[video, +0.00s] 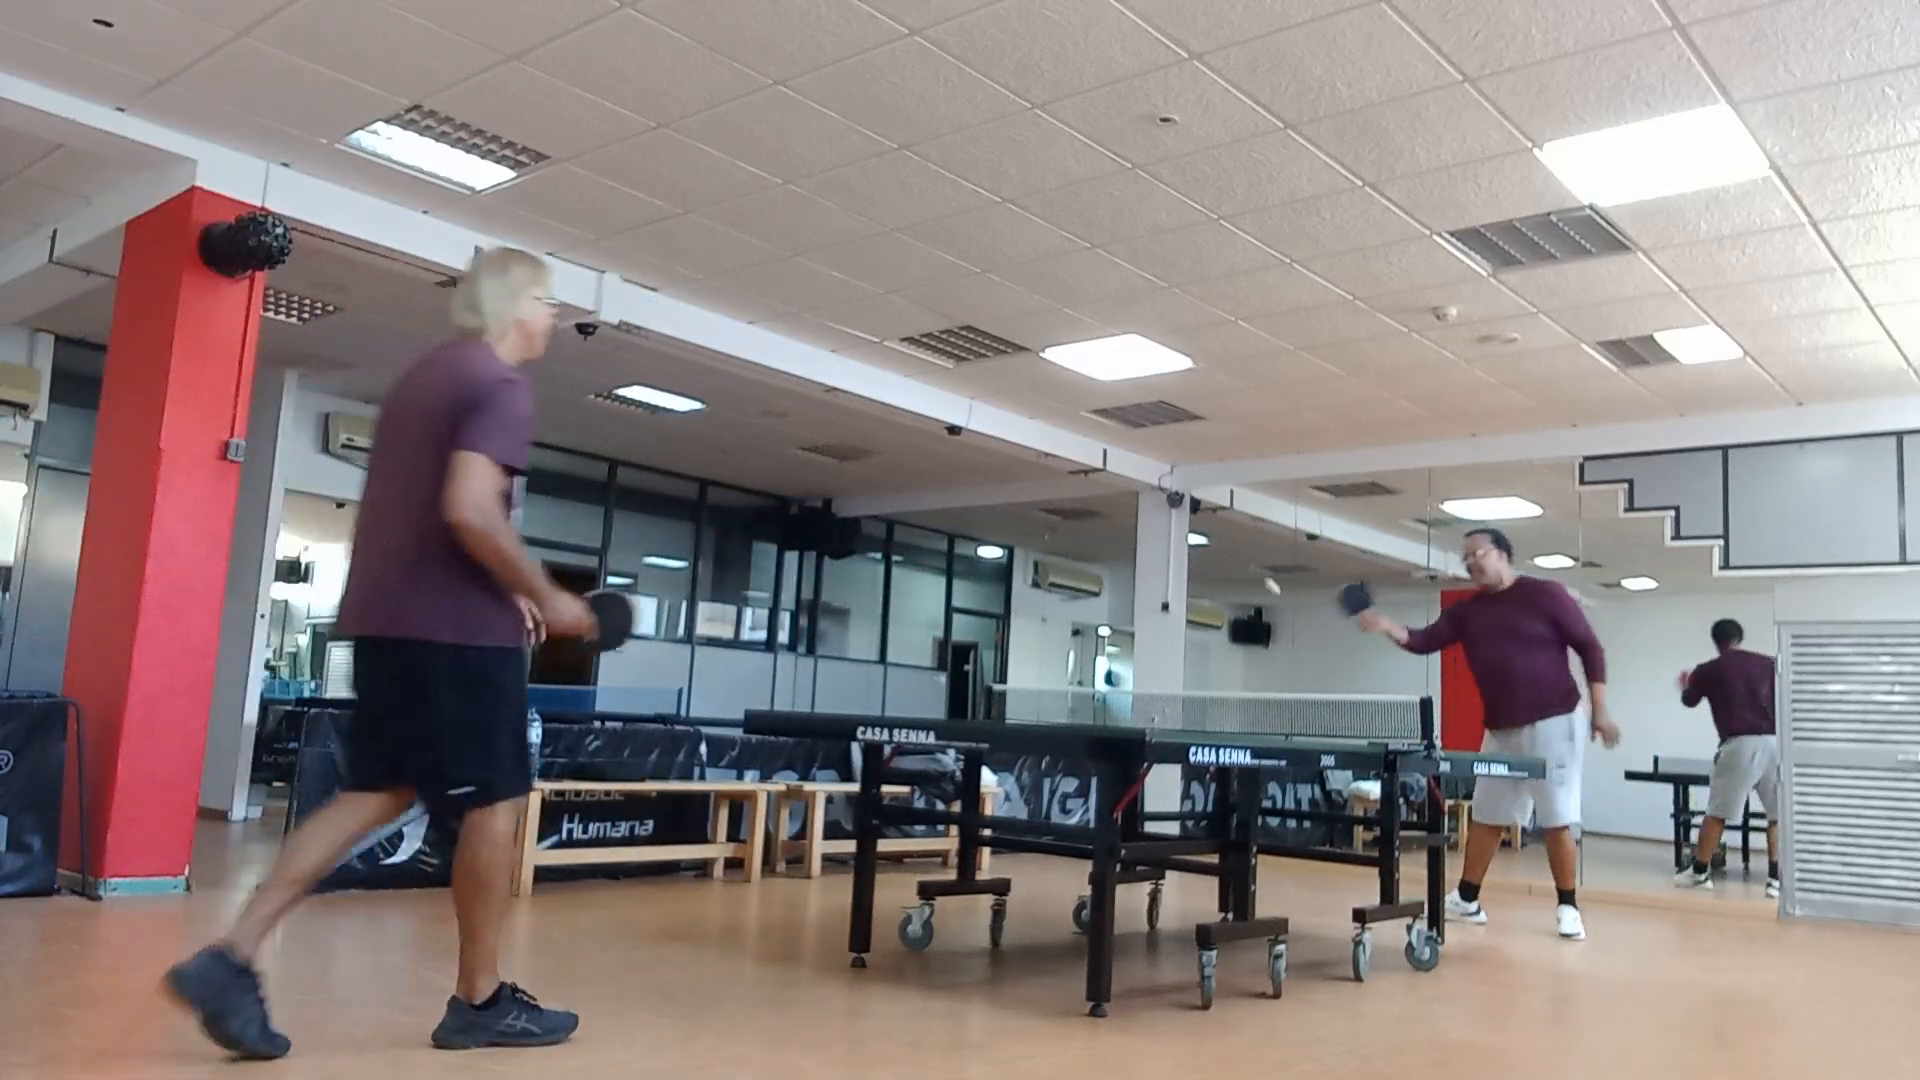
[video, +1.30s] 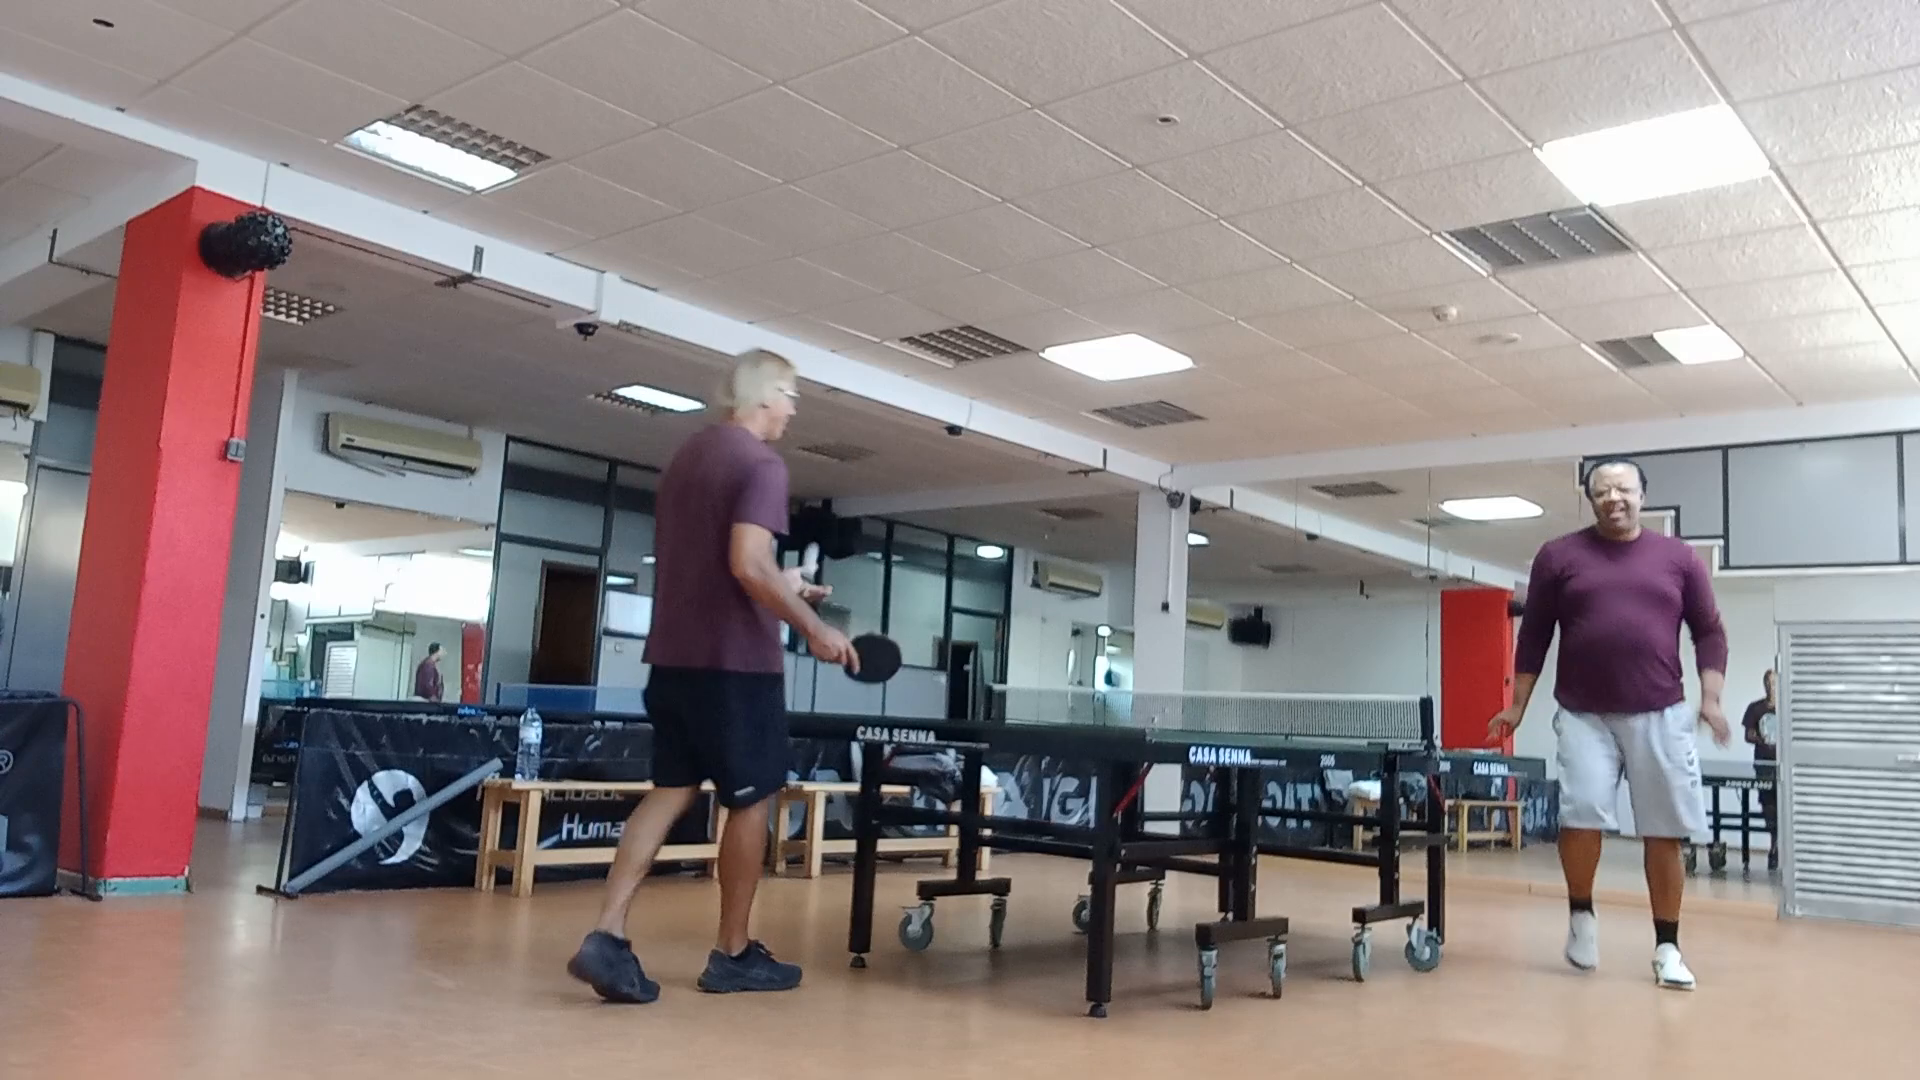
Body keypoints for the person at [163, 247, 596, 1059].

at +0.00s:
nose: (551, 322)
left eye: (551, 308)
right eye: (546, 307)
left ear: (475, 306)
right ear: (516, 310)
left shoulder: (424, 375)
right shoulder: (500, 384)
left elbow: (416, 518)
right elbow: (471, 510)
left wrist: (510, 593)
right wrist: (549, 594)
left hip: (387, 626)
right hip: (462, 634)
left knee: (385, 786)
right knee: (497, 799)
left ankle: (232, 958)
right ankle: (481, 997)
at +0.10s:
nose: (586, 334)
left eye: (586, 320)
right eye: (584, 320)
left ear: (511, 313)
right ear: (559, 320)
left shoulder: (455, 379)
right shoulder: (545, 393)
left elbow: (428, 503)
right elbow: (525, 510)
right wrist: (604, 586)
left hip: (425, 620)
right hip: (499, 629)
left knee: (437, 787)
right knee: (514, 801)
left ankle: (303, 926)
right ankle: (482, 998)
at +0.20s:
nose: (612, 336)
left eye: (611, 323)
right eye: (609, 323)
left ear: (539, 318)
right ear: (584, 323)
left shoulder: (476, 385)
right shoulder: (577, 393)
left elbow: (430, 512)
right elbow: (579, 513)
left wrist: (505, 547)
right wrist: (660, 572)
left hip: (456, 620)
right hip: (529, 627)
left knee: (481, 785)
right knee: (522, 802)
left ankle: (399, 944)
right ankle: (480, 999)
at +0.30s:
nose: (632, 348)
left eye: (633, 334)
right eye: (630, 333)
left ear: (562, 326)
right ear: (606, 331)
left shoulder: (498, 393)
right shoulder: (604, 400)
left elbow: (450, 511)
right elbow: (626, 517)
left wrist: (504, 569)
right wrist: (714, 551)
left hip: (483, 623)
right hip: (547, 629)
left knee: (506, 798)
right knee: (528, 804)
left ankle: (495, 970)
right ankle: (478, 1000)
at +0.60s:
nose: (685, 366)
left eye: (682, 352)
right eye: (678, 350)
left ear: (618, 355)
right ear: (644, 353)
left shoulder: (559, 423)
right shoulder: (642, 421)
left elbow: (520, 537)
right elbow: (714, 517)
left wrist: (585, 578)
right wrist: (823, 521)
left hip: (555, 638)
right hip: (614, 641)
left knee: (590, 800)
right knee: (633, 794)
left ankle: (590, 966)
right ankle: (514, 961)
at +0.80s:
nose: (705, 370)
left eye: (704, 358)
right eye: (696, 356)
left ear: (646, 366)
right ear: (659, 364)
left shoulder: (599, 429)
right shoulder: (655, 427)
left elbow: (607, 552)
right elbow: (733, 517)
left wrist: (677, 612)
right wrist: (835, 526)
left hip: (588, 643)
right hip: (649, 645)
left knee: (611, 792)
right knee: (705, 780)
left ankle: (588, 971)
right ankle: (619, 943)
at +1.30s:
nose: (791, 411)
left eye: (792, 399)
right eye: (789, 398)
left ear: (734, 397)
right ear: (765, 398)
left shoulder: (686, 455)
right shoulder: (760, 461)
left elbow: (697, 563)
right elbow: (750, 565)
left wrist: (781, 587)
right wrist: (811, 628)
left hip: (674, 662)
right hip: (736, 668)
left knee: (672, 788)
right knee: (752, 796)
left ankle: (607, 937)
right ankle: (734, 951)